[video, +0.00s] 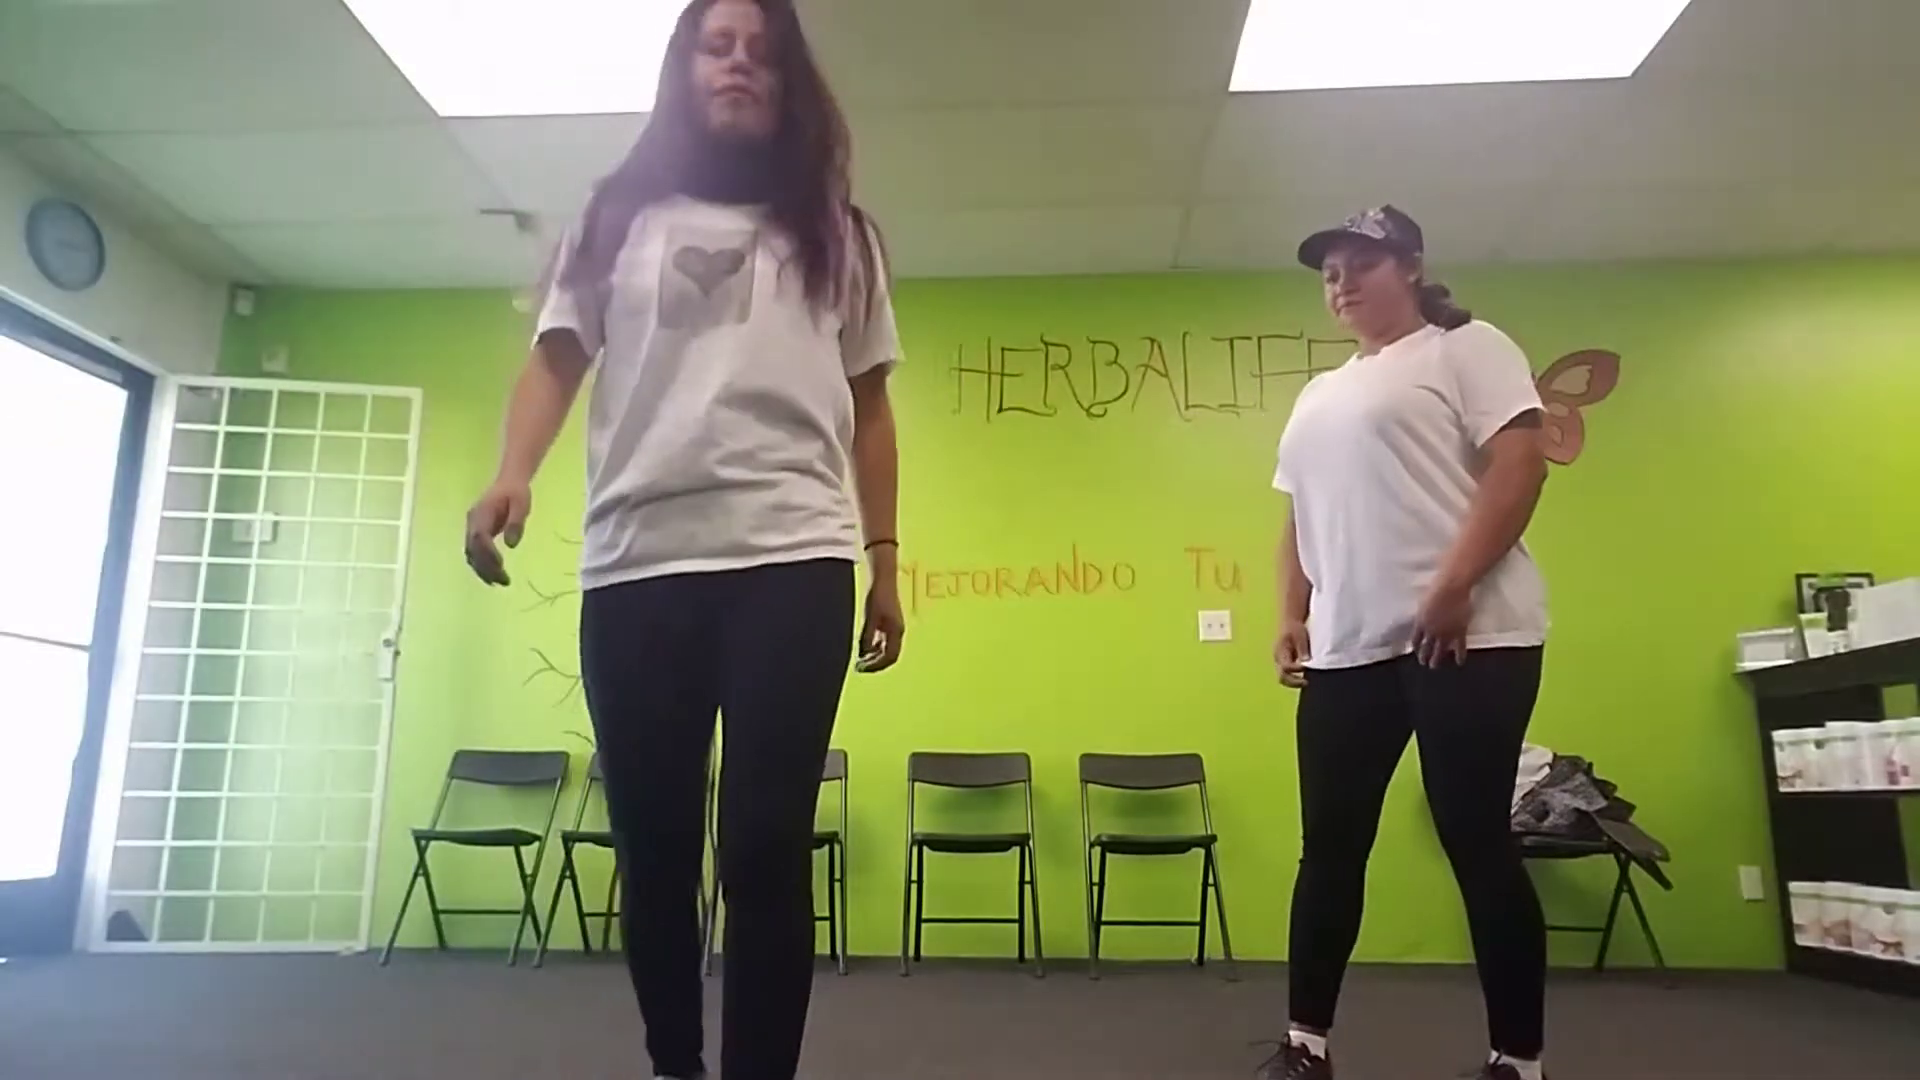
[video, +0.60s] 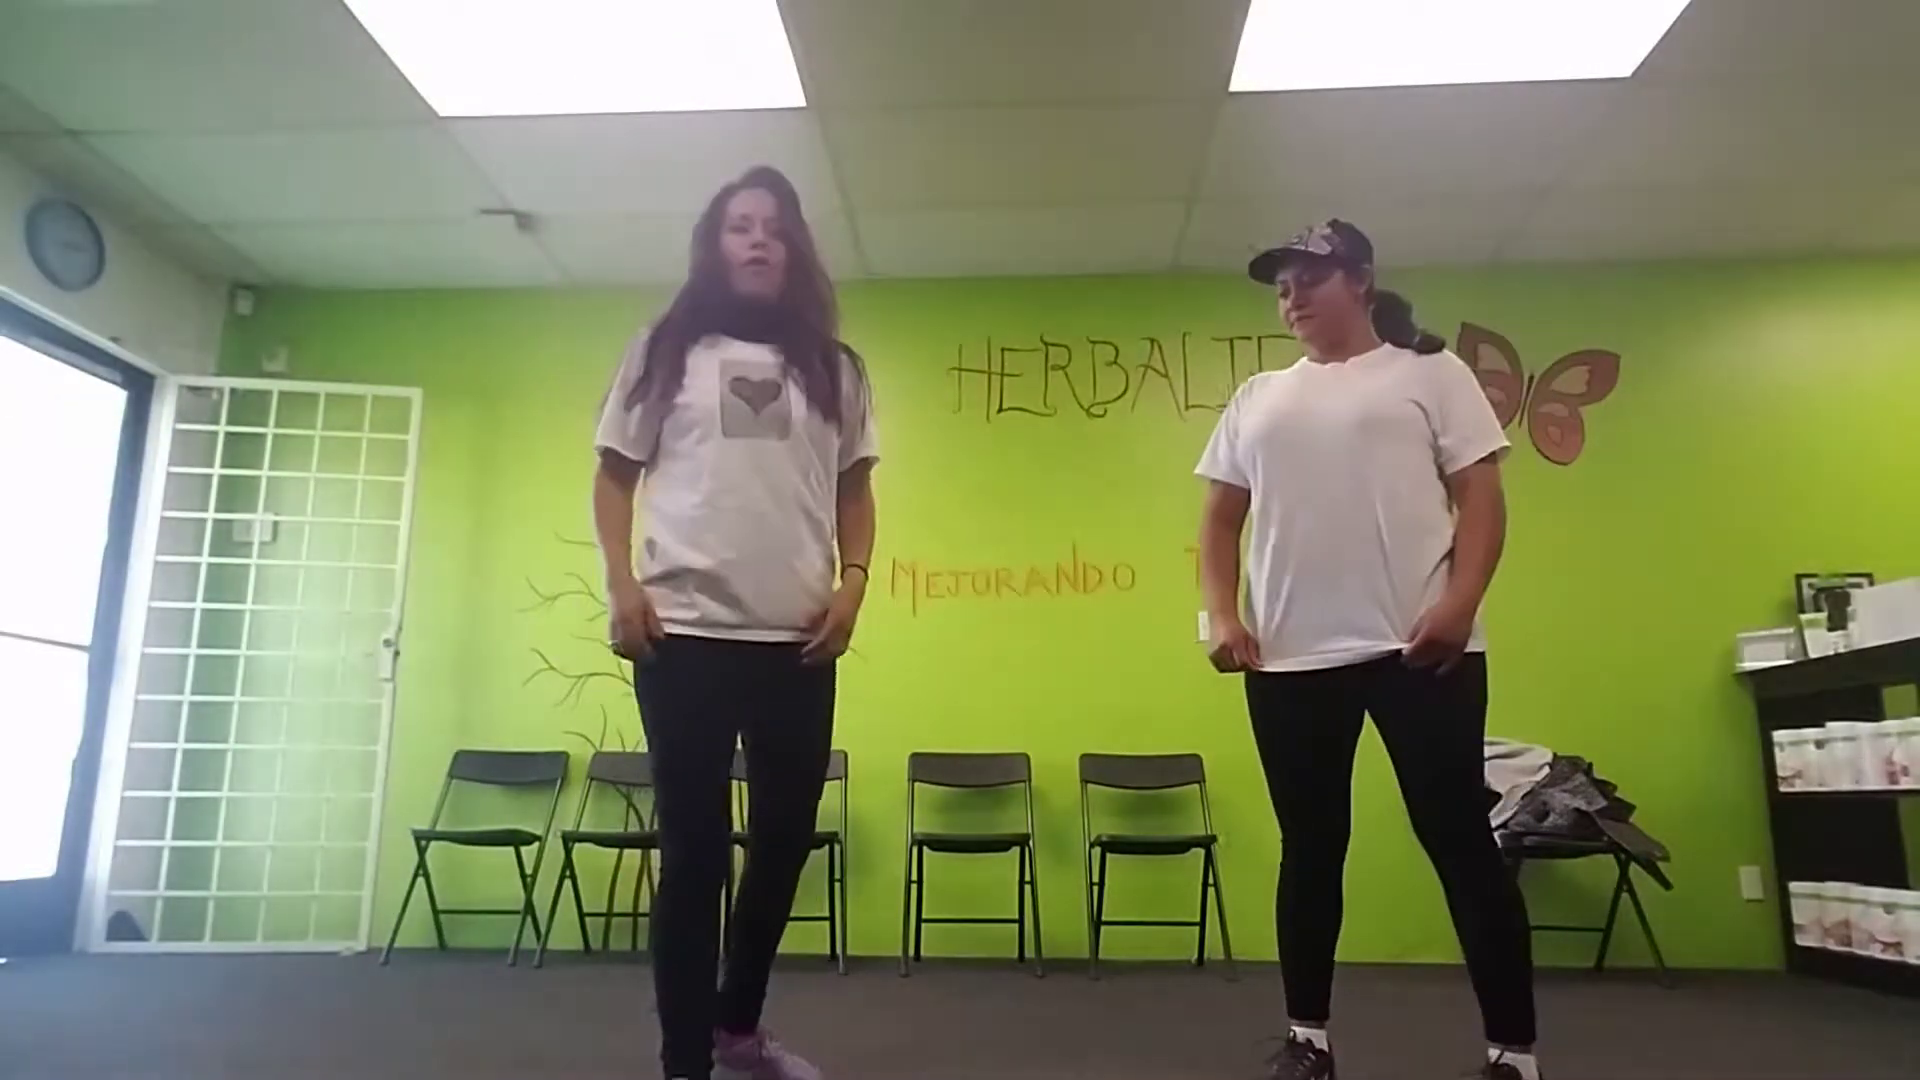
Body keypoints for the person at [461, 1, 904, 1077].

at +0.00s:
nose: (737, 66)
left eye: (761, 52)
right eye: (713, 46)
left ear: (792, 80)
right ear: (674, 70)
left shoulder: (838, 228)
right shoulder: (612, 214)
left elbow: (869, 408)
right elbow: (556, 359)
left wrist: (885, 562)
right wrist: (512, 473)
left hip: (793, 566)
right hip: (638, 572)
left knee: (767, 854)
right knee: (655, 861)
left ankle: (758, 1071)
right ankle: (678, 1068)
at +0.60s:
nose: (760, 241)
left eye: (776, 229)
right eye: (742, 227)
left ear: (799, 249)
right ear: (711, 245)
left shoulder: (837, 368)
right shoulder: (662, 350)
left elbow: (855, 486)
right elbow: (614, 474)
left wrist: (852, 581)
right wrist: (621, 584)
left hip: (798, 645)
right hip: (683, 640)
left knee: (783, 847)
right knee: (695, 853)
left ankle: (736, 1029)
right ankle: (685, 1065)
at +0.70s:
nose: (772, 267)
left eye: (787, 256)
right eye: (755, 254)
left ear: (809, 273)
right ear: (725, 271)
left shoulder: (843, 393)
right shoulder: (684, 370)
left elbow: (853, 510)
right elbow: (625, 491)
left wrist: (846, 589)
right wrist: (664, 587)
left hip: (799, 659)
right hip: (703, 651)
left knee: (762, 856)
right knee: (709, 854)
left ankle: (730, 1039)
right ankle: (689, 1058)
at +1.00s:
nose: (807, 310)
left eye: (819, 298)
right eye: (790, 297)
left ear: (837, 313)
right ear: (761, 308)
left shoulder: (821, 405)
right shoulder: (744, 377)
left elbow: (808, 526)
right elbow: (725, 493)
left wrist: (831, 597)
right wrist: (803, 593)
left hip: (779, 635)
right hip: (743, 632)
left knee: (745, 835)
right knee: (807, 825)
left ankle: (716, 1045)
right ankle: (760, 1049)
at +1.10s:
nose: (819, 319)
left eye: (830, 308)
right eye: (803, 305)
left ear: (844, 322)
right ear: (771, 314)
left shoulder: (800, 398)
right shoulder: (768, 379)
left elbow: (765, 508)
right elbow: (765, 492)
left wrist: (824, 602)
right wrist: (831, 593)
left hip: (751, 634)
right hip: (767, 634)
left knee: (743, 834)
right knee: (837, 823)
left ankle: (718, 1043)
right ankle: (796, 1048)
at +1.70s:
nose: (858, 323)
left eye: (866, 311)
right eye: (841, 309)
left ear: (875, 319)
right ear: (808, 317)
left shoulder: (775, 396)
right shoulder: (835, 386)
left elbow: (796, 523)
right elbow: (882, 500)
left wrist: (882, 590)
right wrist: (920, 588)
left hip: (767, 634)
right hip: (837, 634)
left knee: (789, 842)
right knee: (844, 852)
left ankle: (768, 1050)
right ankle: (849, 1058)